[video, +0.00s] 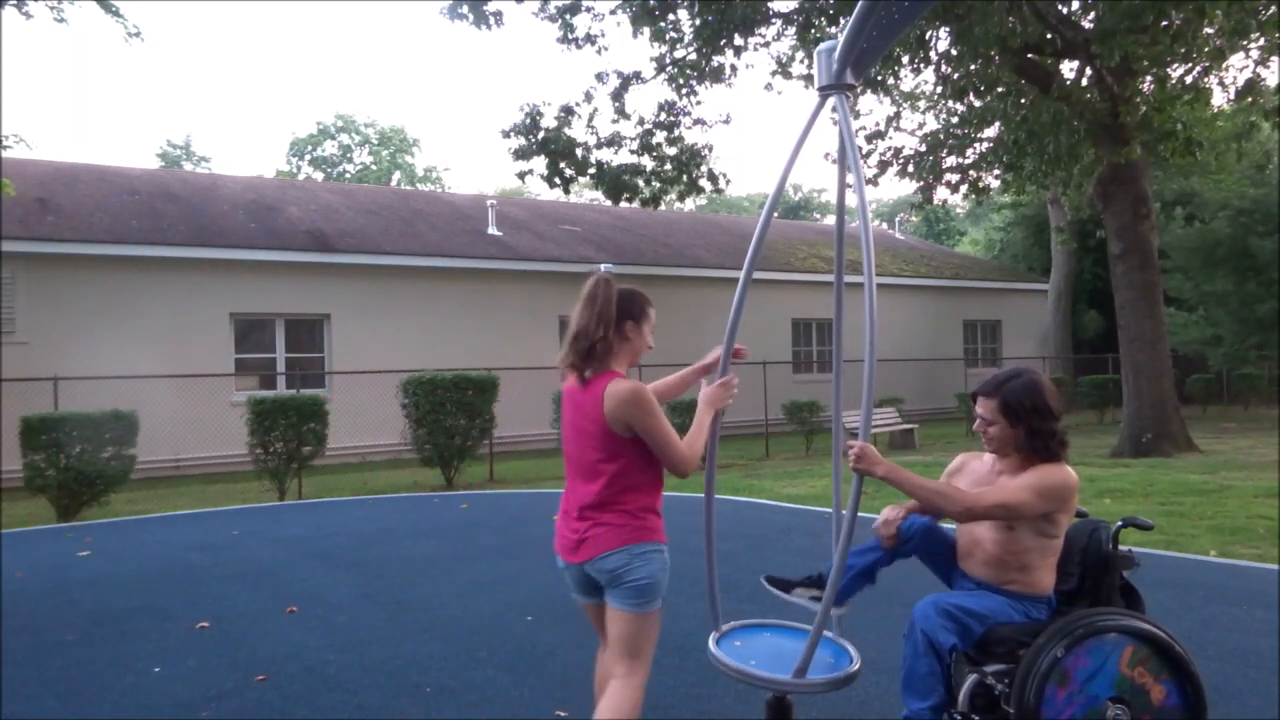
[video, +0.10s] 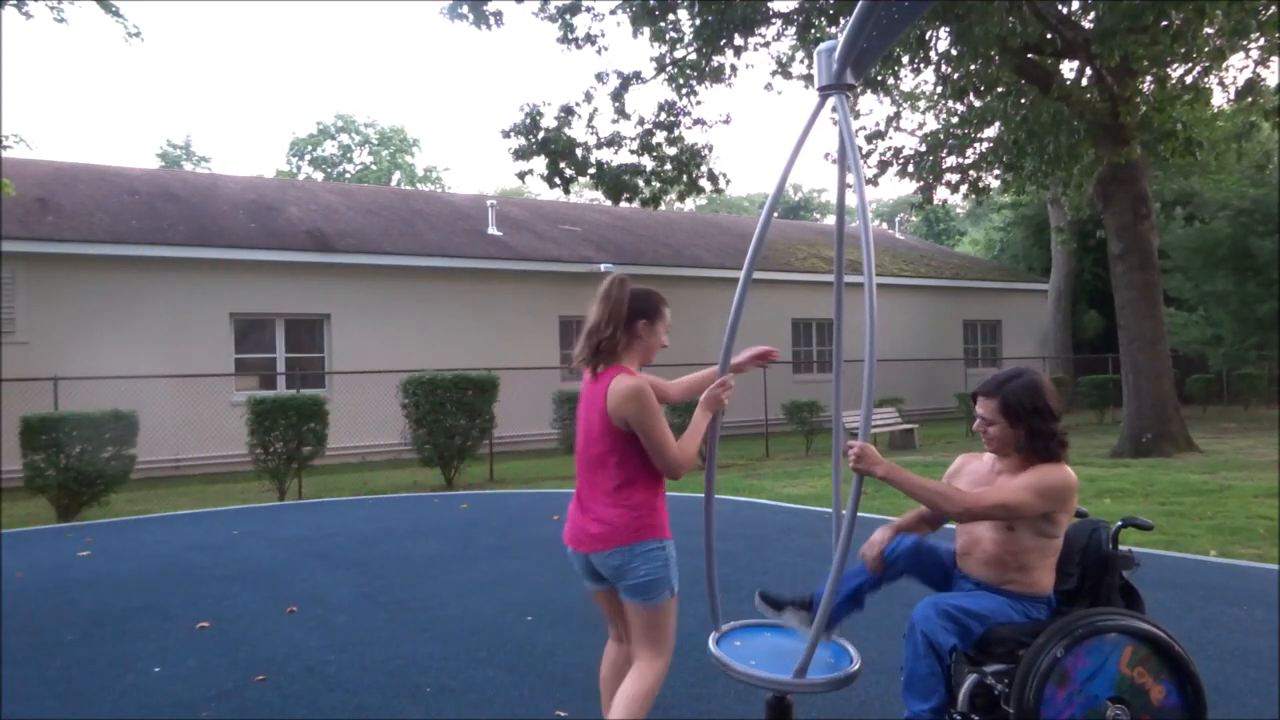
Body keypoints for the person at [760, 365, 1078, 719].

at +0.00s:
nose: (977, 428)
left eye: (988, 422)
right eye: (978, 418)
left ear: (1023, 425)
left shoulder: (1056, 480)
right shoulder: (968, 463)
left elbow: (966, 507)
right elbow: (935, 505)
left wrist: (883, 468)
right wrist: (902, 510)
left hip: (1016, 601)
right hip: (963, 572)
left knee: (931, 614)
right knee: (913, 526)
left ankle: (922, 712)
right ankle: (829, 587)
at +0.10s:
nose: (977, 428)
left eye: (988, 422)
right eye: (977, 419)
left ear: (1022, 426)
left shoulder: (1056, 480)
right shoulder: (967, 464)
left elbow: (964, 507)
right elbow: (932, 515)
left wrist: (883, 469)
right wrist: (891, 528)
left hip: (1015, 599)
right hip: (960, 571)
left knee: (930, 618)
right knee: (897, 547)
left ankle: (924, 713)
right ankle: (818, 613)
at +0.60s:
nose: (960, 427)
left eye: (970, 420)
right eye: (960, 418)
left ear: (1005, 423)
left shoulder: (1042, 474)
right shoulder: (961, 464)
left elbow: (969, 520)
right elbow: (902, 511)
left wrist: (879, 476)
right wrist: (858, 460)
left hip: (1014, 599)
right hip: (956, 580)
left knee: (927, 620)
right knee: (888, 599)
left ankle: (926, 712)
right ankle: (800, 634)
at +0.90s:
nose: (947, 420)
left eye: (955, 412)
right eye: (948, 411)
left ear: (987, 416)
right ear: (975, 416)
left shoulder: (1027, 480)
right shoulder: (957, 468)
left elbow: (993, 573)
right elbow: (898, 512)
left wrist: (937, 643)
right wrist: (863, 456)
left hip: (1015, 600)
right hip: (958, 581)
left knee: (924, 622)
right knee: (887, 598)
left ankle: (929, 712)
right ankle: (795, 635)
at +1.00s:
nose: (947, 418)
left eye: (955, 410)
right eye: (948, 409)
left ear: (987, 414)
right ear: (973, 415)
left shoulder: (1026, 480)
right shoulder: (957, 469)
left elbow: (992, 574)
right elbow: (898, 511)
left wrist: (944, 647)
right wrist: (863, 456)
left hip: (1014, 601)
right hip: (957, 582)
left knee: (924, 620)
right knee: (887, 599)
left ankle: (928, 712)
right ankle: (795, 636)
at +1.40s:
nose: (951, 413)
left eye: (960, 406)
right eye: (954, 404)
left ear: (991, 413)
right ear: (978, 414)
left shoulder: (1028, 474)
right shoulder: (956, 471)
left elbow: (1023, 569)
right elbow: (894, 513)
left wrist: (942, 603)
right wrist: (864, 460)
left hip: (1016, 601)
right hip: (961, 591)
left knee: (933, 574)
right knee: (894, 594)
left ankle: (888, 693)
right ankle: (798, 632)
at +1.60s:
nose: (948, 424)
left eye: (957, 415)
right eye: (948, 414)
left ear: (990, 415)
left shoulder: (1027, 469)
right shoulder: (954, 472)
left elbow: (1033, 562)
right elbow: (892, 514)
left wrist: (942, 575)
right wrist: (863, 459)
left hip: (1022, 599)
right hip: (964, 591)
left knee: (951, 548)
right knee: (910, 585)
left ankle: (847, 637)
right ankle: (798, 630)